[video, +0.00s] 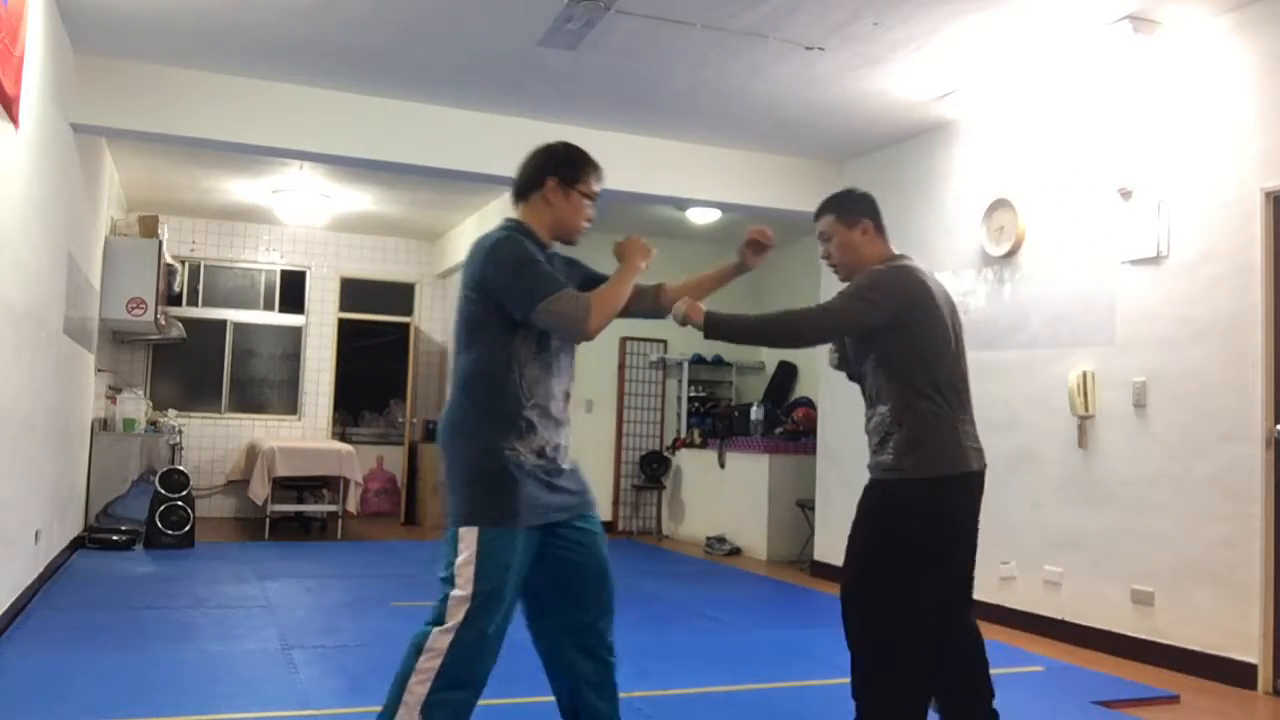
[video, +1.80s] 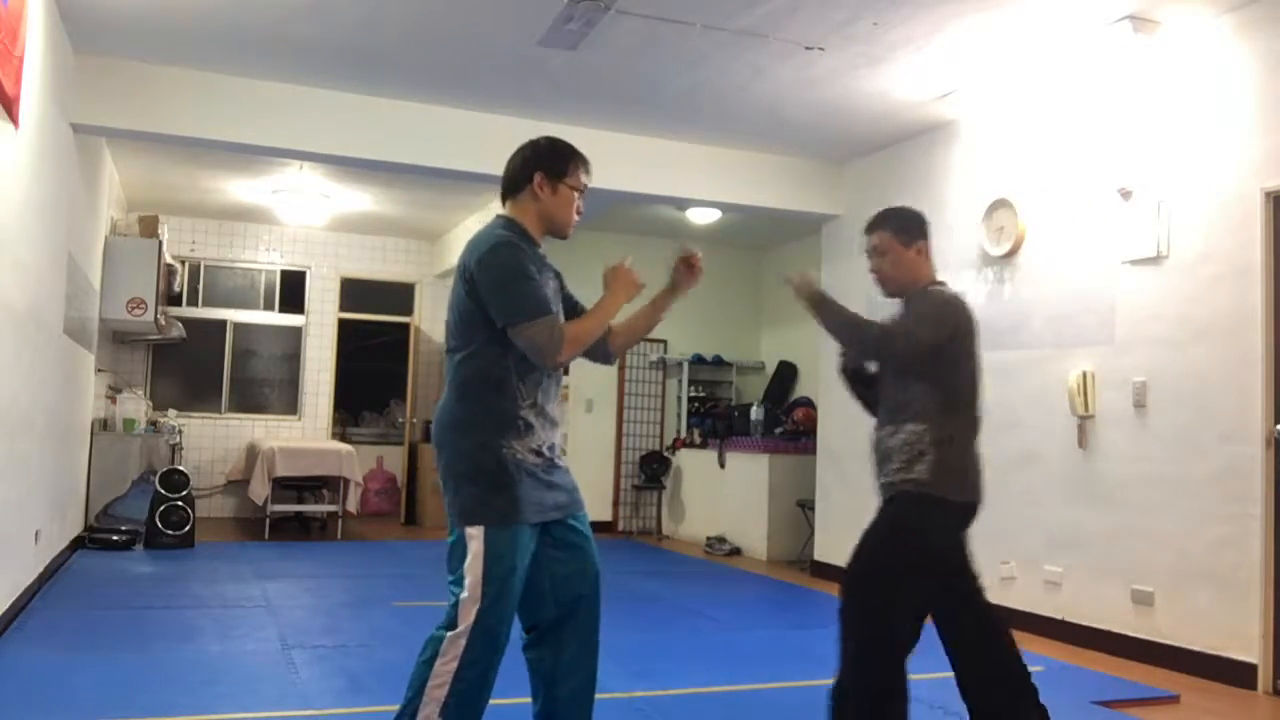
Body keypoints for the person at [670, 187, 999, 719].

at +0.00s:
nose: (823, 254)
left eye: (828, 239)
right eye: (819, 243)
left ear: (865, 229)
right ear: (868, 235)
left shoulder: (888, 280)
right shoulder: (922, 284)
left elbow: (808, 326)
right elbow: (899, 382)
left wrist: (709, 320)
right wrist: (847, 356)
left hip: (912, 476)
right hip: (953, 472)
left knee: (871, 608)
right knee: (944, 614)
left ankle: (888, 713)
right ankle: (972, 712)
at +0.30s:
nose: (860, 255)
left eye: (867, 242)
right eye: (858, 245)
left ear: (902, 238)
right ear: (903, 243)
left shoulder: (920, 294)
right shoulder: (931, 299)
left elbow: (853, 347)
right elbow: (904, 393)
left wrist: (775, 365)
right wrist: (855, 367)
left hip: (922, 482)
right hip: (945, 480)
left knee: (877, 603)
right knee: (953, 594)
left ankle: (887, 715)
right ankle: (1024, 706)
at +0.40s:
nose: (888, 261)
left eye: (894, 248)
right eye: (887, 251)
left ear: (930, 245)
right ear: (925, 250)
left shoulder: (942, 306)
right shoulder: (956, 306)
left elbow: (922, 391)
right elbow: (937, 397)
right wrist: (891, 394)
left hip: (937, 491)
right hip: (959, 489)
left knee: (902, 621)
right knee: (974, 611)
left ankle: (890, 715)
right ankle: (1036, 713)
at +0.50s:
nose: (909, 260)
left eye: (918, 249)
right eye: (908, 251)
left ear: (954, 250)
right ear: (944, 255)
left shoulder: (972, 310)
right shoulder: (953, 311)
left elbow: (983, 397)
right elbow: (963, 395)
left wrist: (923, 455)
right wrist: (915, 408)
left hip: (967, 492)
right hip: (962, 488)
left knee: (924, 614)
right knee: (992, 620)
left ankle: (890, 712)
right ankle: (1038, 711)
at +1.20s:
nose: (952, 238)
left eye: (964, 228)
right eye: (953, 230)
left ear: (1001, 234)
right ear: (979, 239)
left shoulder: (1025, 297)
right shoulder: (971, 309)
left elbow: (1029, 375)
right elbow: (981, 383)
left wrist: (944, 381)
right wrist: (939, 385)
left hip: (1002, 478)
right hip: (968, 476)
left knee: (964, 600)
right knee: (1003, 597)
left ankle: (975, 709)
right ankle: (1042, 708)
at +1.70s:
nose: (898, 266)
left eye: (904, 253)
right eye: (895, 257)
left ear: (942, 248)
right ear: (936, 254)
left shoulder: (972, 305)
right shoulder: (929, 323)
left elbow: (937, 365)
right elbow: (907, 395)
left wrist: (866, 335)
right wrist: (874, 345)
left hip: (958, 485)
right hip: (931, 486)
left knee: (890, 587)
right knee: (979, 618)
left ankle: (891, 711)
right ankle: (1017, 713)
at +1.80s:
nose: (872, 267)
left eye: (880, 253)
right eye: (869, 257)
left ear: (918, 250)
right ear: (907, 256)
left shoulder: (940, 306)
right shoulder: (912, 320)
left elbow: (894, 345)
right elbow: (890, 404)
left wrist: (819, 301)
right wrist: (853, 368)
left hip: (931, 491)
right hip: (913, 491)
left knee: (868, 598)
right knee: (968, 624)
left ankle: (863, 711)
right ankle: (1016, 713)